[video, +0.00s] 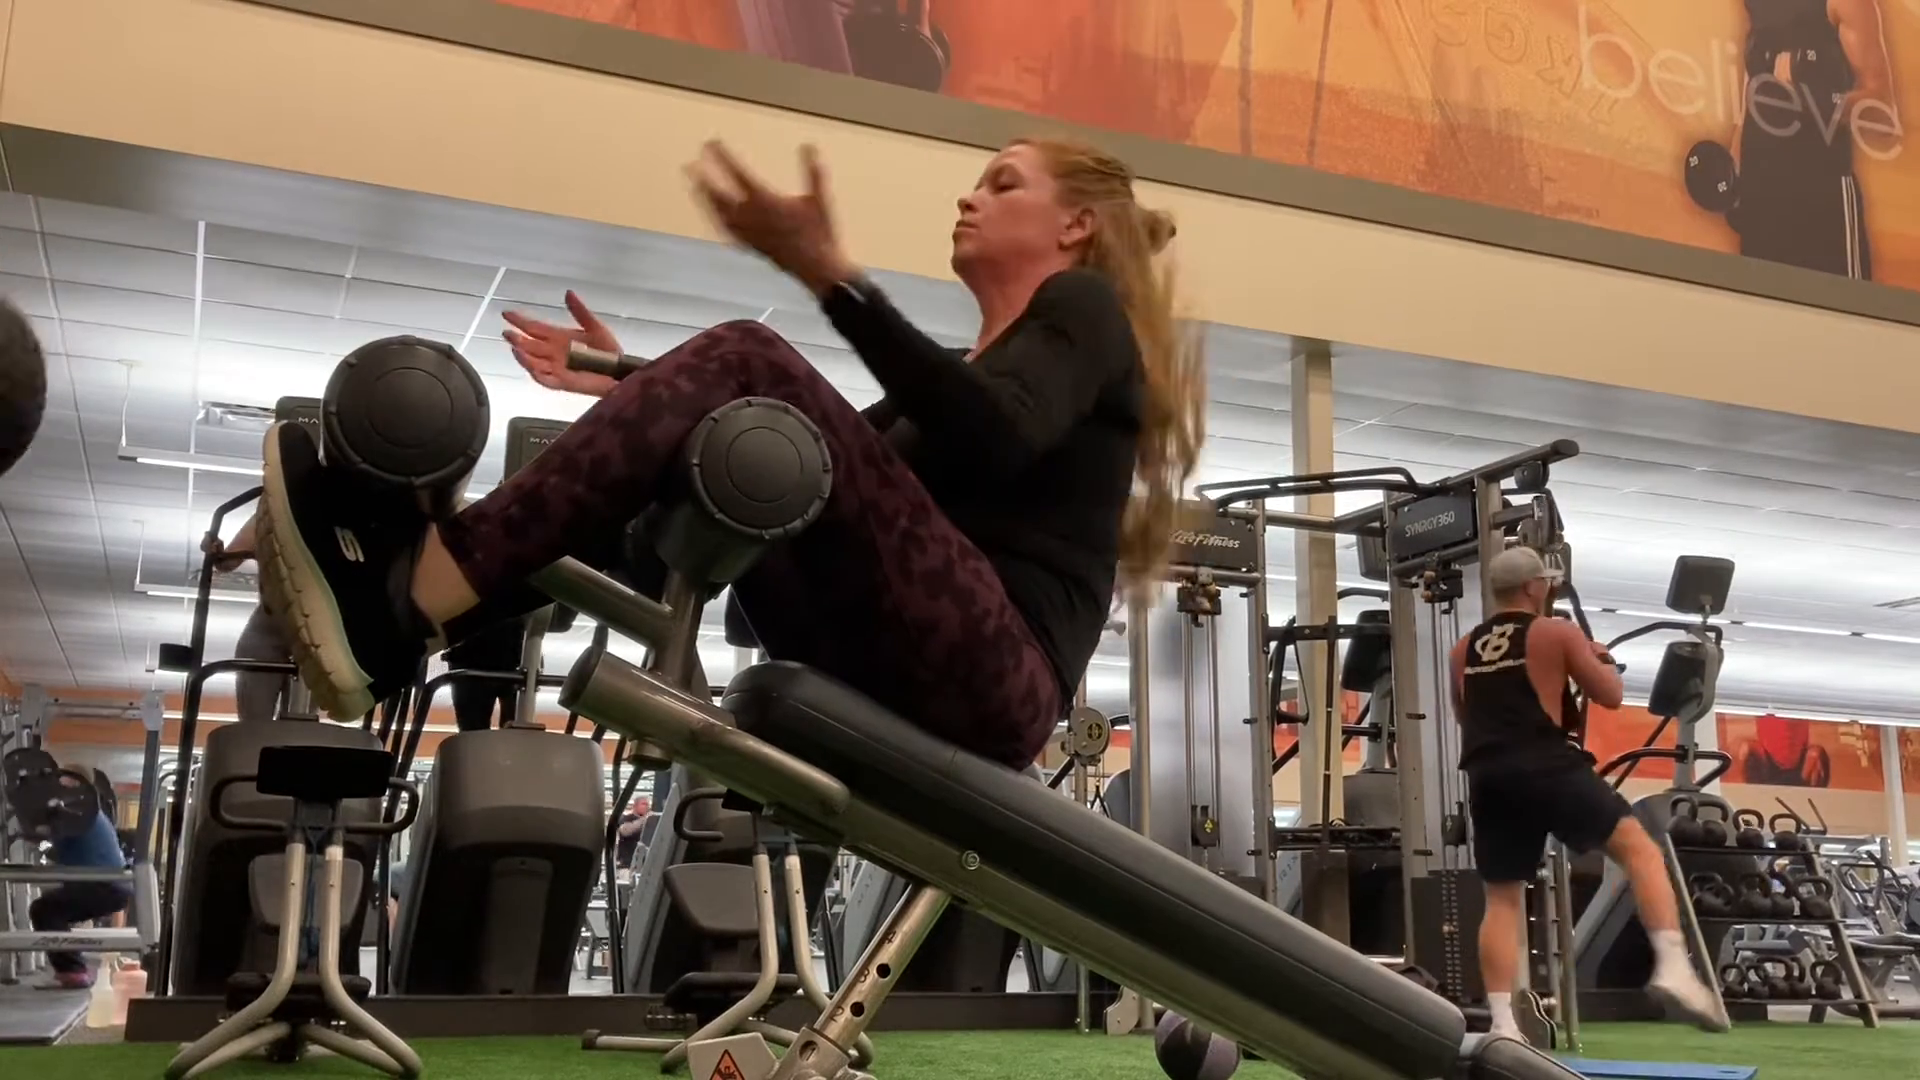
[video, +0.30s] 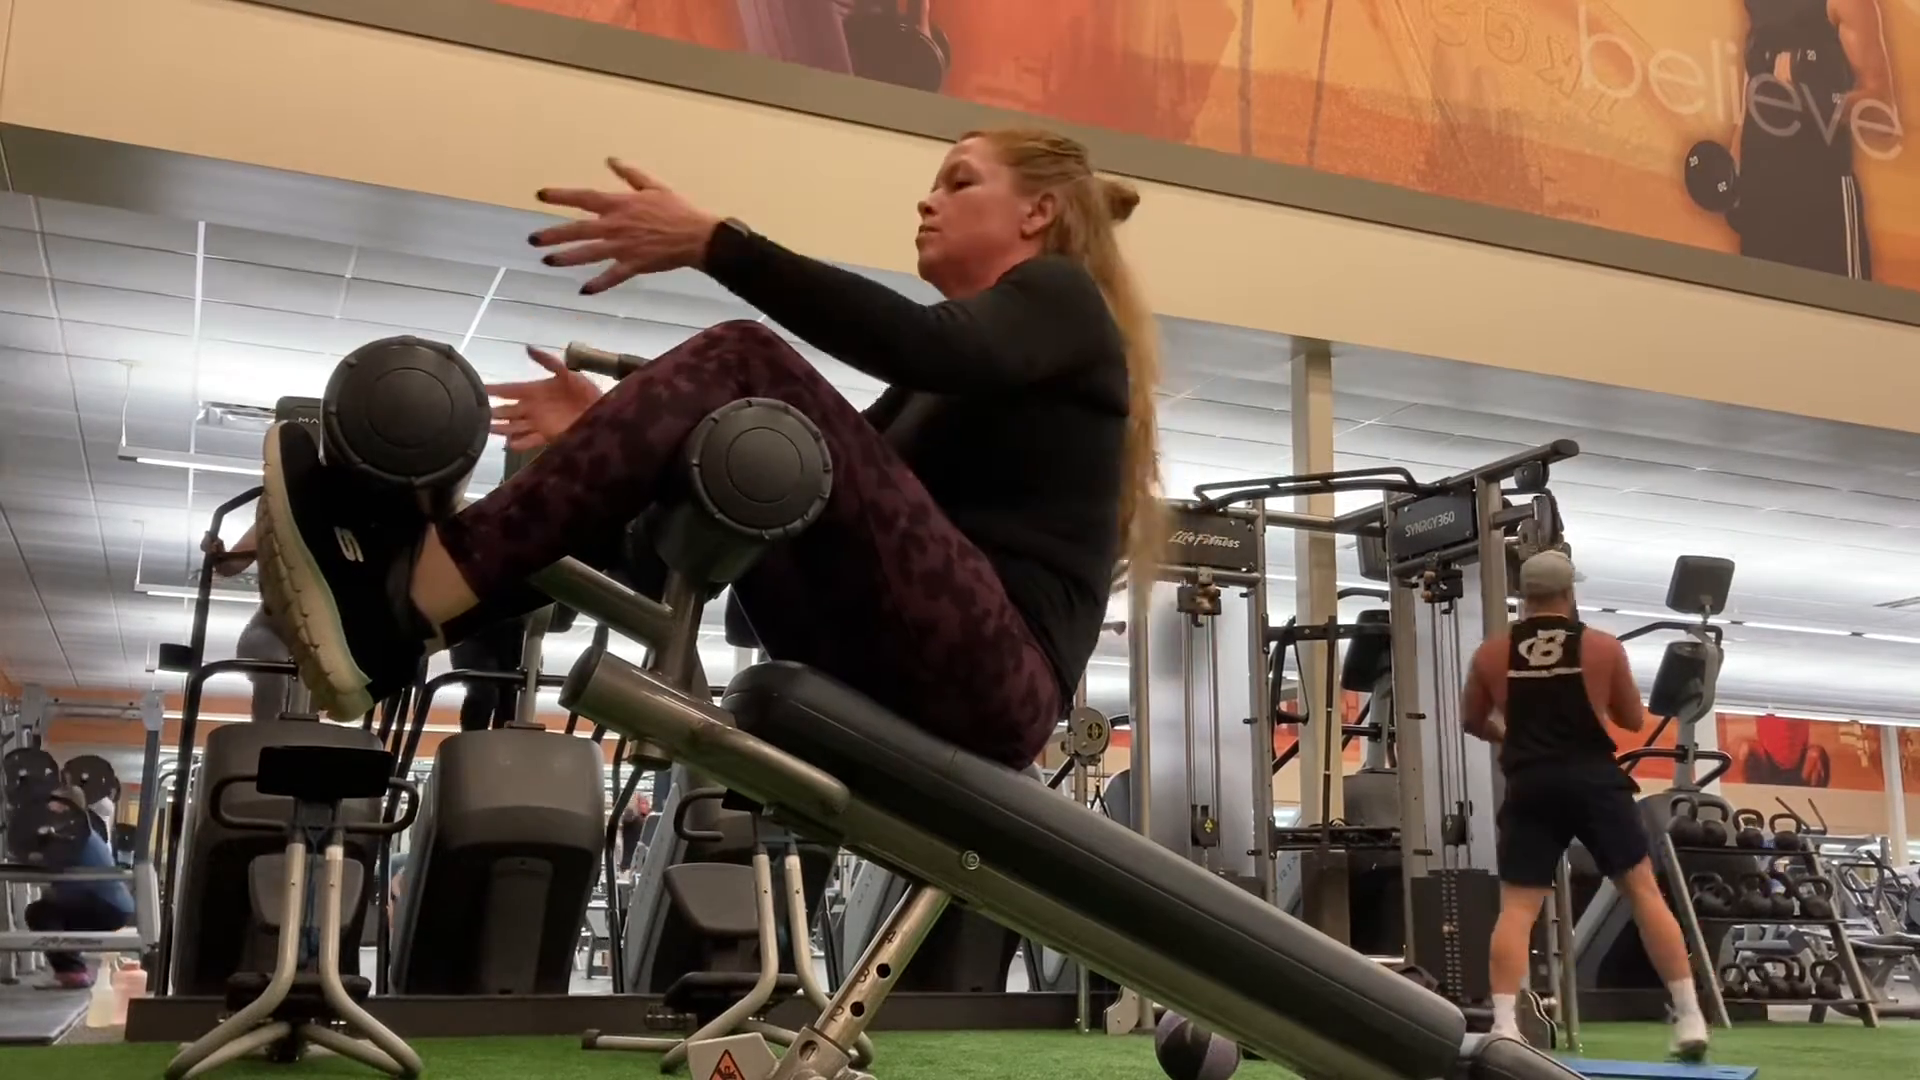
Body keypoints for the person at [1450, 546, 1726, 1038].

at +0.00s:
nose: (1550, 593)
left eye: (1548, 586)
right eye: (1547, 586)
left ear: (1495, 592)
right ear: (1534, 587)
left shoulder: (1465, 647)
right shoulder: (1557, 632)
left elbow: (1464, 712)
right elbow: (1611, 695)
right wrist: (1600, 658)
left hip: (1488, 778)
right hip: (1550, 768)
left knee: (1501, 901)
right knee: (1640, 850)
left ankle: (1502, 1027)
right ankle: (1674, 966)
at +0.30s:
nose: (1570, 599)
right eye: (1571, 592)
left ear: (1523, 597)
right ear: (1571, 594)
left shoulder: (1493, 652)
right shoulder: (1603, 647)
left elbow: (1472, 720)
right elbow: (1633, 720)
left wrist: (1508, 732)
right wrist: (1599, 692)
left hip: (1530, 789)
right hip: (1598, 785)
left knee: (1516, 908)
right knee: (1645, 893)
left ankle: (1503, 1029)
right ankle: (1691, 1020)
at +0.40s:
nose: (1584, 603)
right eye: (1590, 594)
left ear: (1544, 598)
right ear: (1590, 597)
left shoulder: (1517, 656)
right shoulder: (1628, 652)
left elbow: (1493, 728)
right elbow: (1651, 723)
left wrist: (1500, 780)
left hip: (1550, 796)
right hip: (1618, 796)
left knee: (1531, 905)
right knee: (1646, 907)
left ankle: (1504, 1031)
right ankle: (1680, 1038)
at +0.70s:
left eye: (1586, 595)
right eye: (1617, 596)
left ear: (1580, 598)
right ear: (1625, 599)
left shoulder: (1561, 646)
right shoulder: (1660, 648)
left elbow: (1539, 711)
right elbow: (1682, 718)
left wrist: (1523, 777)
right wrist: (1651, 744)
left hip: (1590, 787)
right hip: (1654, 786)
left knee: (1570, 897)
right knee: (1665, 904)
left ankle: (1583, 1026)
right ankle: (1683, 1036)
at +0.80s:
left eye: (1585, 595)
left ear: (1581, 598)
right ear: (1626, 600)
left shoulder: (1568, 645)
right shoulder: (1659, 651)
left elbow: (1554, 710)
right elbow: (1669, 718)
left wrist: (1540, 779)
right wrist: (1655, 769)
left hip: (1597, 785)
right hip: (1658, 784)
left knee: (1581, 900)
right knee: (1666, 906)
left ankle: (1597, 1030)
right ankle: (1683, 1036)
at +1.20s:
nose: (1516, 622)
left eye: (1517, 614)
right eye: (1516, 614)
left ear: (1530, 615)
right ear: (1561, 610)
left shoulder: (1554, 653)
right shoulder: (1594, 651)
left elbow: (1565, 720)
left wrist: (1538, 774)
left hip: (1585, 790)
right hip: (1631, 790)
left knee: (1551, 902)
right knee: (1648, 910)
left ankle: (1514, 1020)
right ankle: (1681, 1035)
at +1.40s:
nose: (1469, 620)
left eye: (1472, 612)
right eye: (1470, 612)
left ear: (1491, 611)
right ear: (1512, 609)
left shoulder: (1509, 652)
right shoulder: (1545, 650)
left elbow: (1518, 724)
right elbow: (1561, 729)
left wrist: (1489, 767)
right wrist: (1502, 772)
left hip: (1537, 787)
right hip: (1579, 785)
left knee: (1523, 904)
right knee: (1603, 902)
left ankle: (1507, 1027)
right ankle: (1668, 1021)